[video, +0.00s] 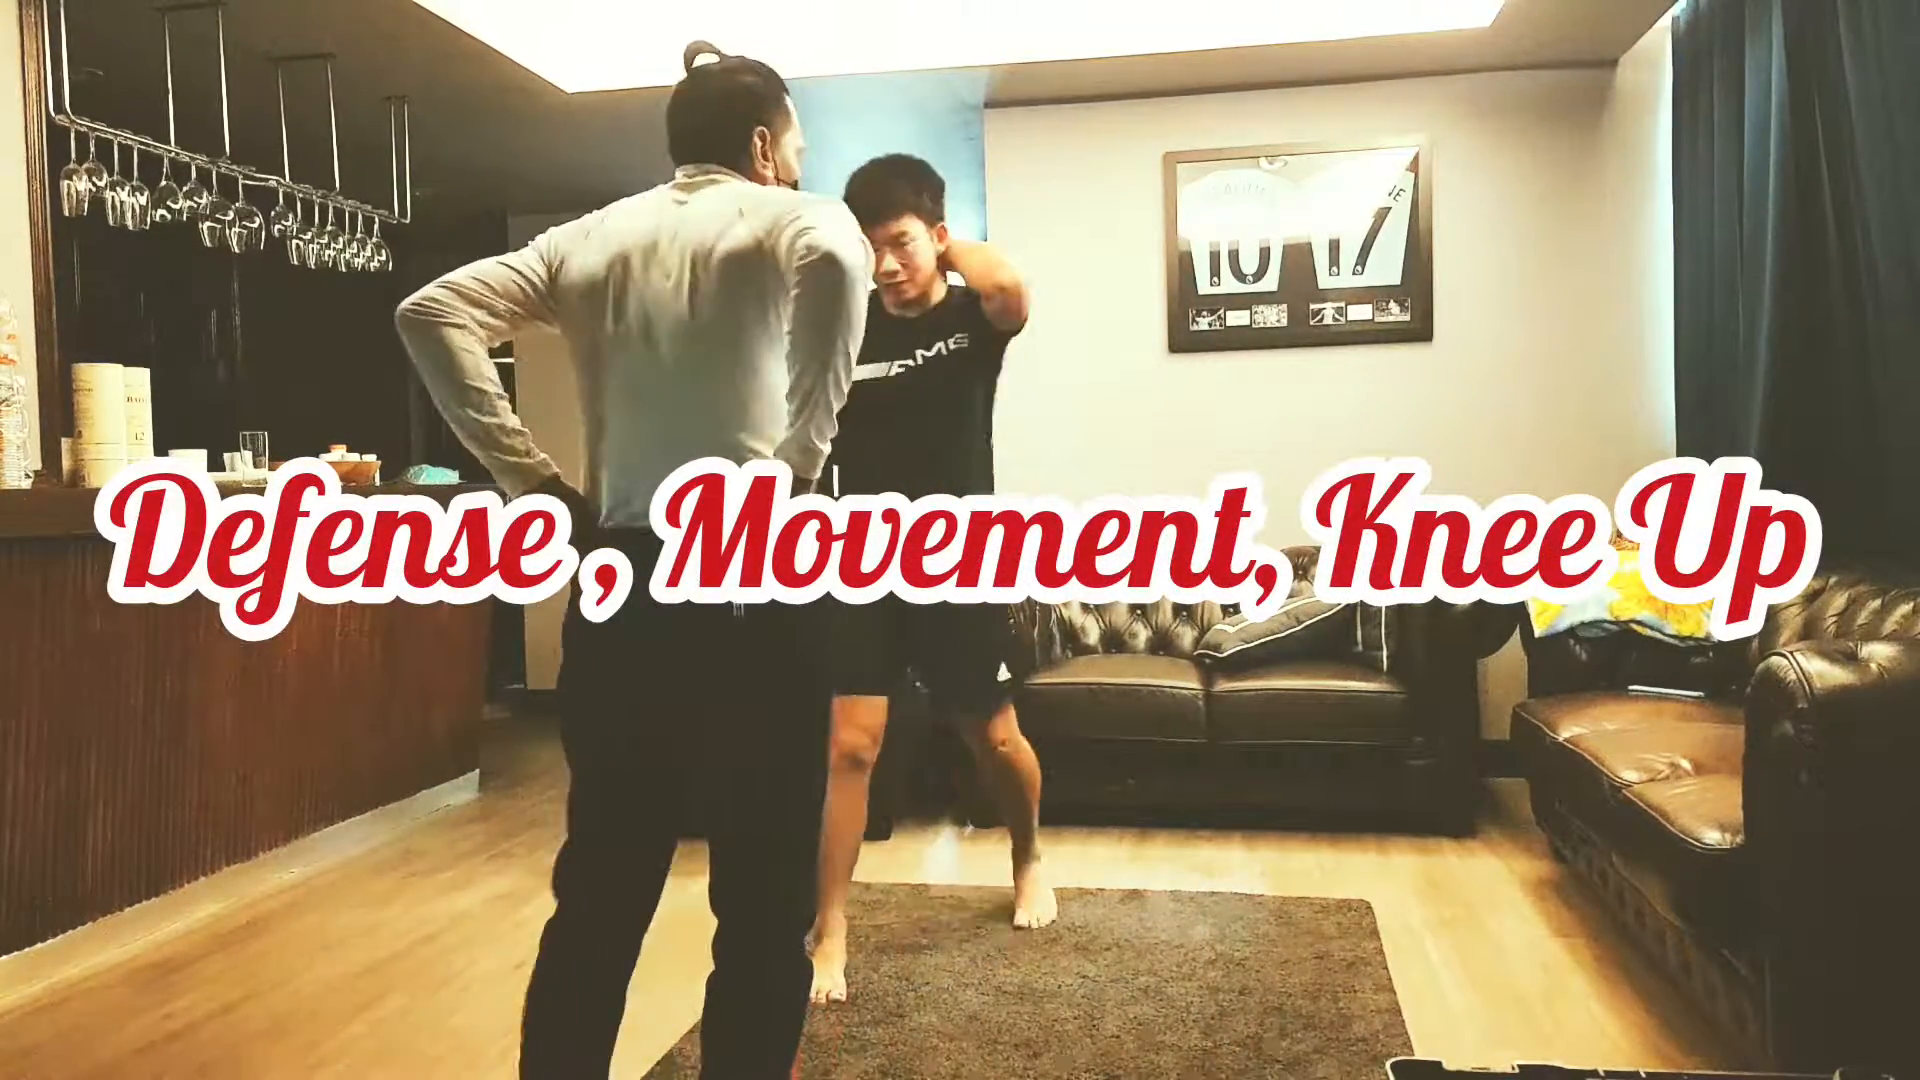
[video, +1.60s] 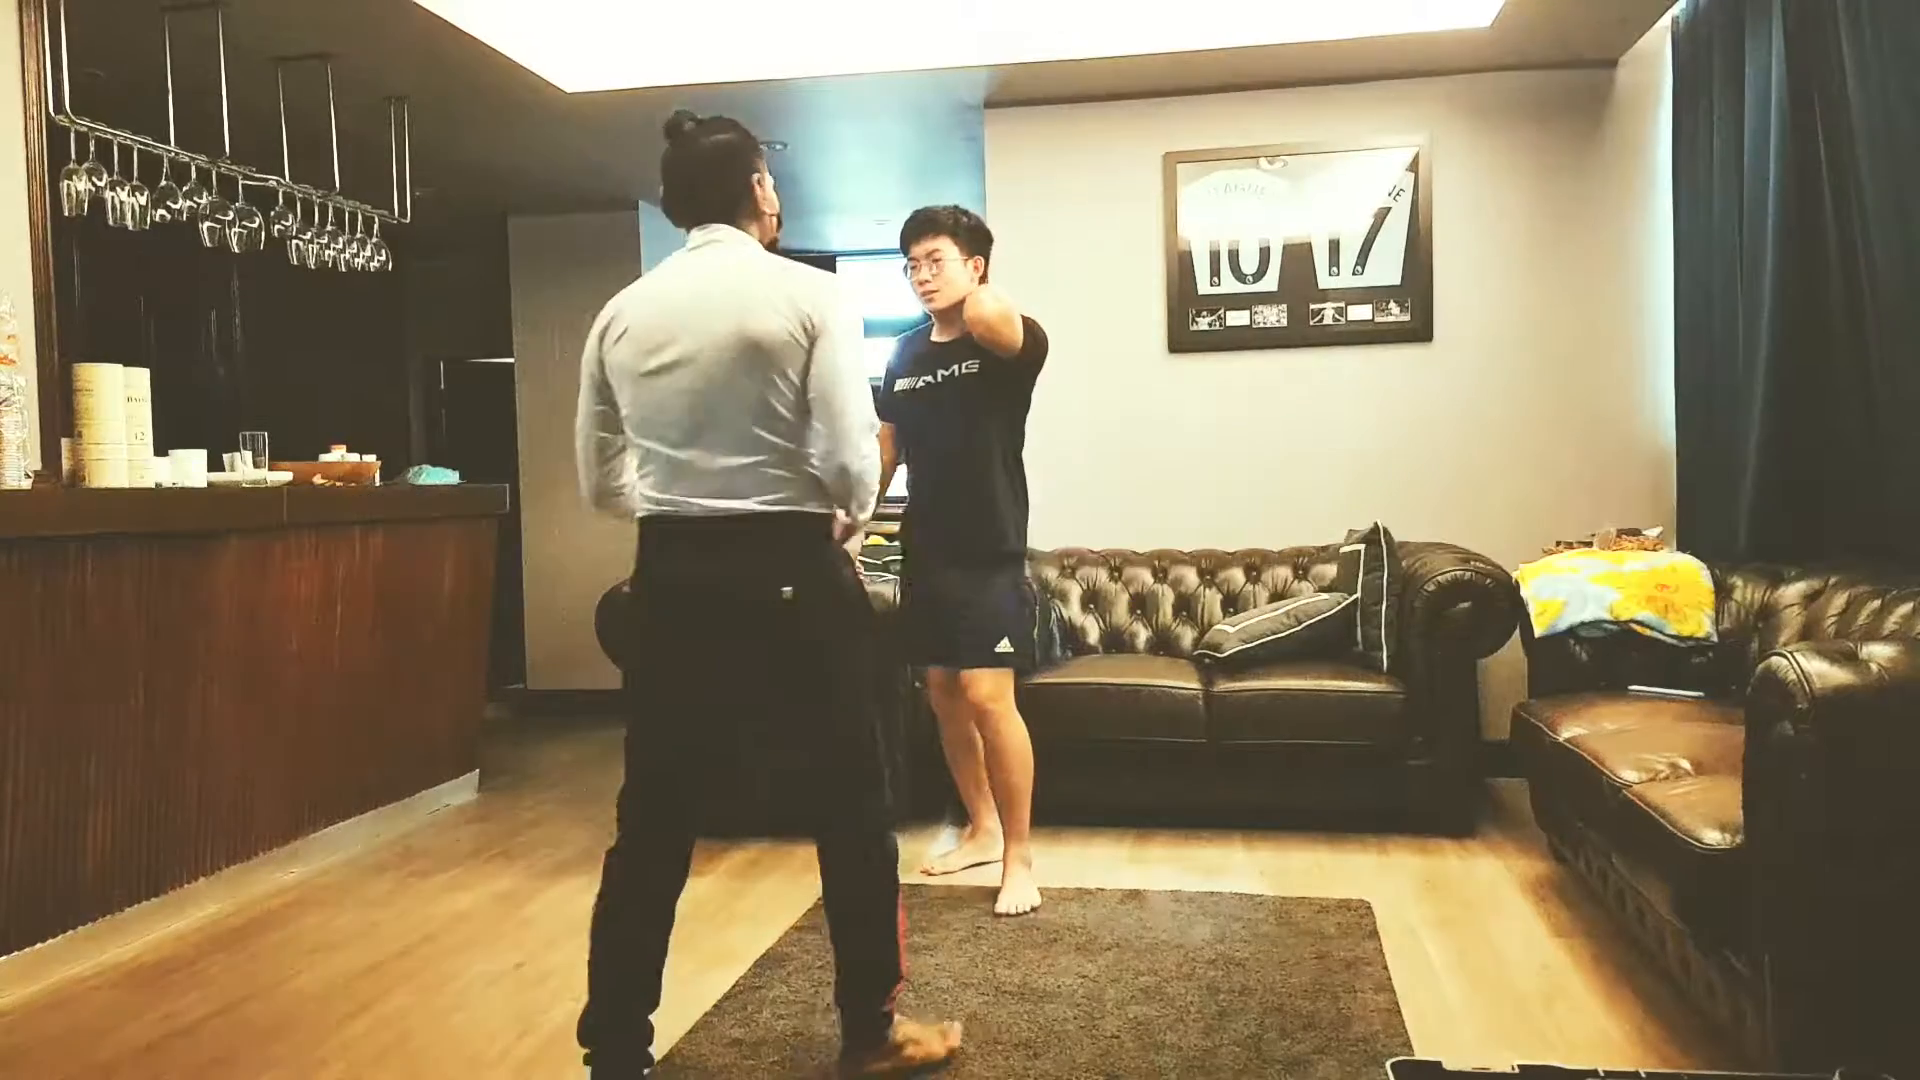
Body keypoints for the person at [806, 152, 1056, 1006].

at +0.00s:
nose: (888, 264)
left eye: (901, 243)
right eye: (873, 249)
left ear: (939, 235)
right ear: (856, 249)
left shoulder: (976, 313)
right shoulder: (845, 315)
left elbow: (1009, 295)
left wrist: (949, 242)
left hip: (956, 565)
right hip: (855, 565)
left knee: (998, 740)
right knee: (847, 748)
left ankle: (1027, 858)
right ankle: (828, 931)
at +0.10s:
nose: (907, 266)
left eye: (920, 247)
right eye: (894, 252)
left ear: (963, 242)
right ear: (884, 254)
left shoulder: (1004, 321)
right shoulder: (869, 337)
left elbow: (1020, 295)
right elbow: (838, 449)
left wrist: (979, 253)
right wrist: (803, 534)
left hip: (986, 565)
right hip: (886, 565)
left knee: (1006, 735)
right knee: (867, 747)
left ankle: (1026, 864)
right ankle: (830, 926)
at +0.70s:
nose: (986, 250)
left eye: (1003, 235)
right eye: (976, 236)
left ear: (1045, 243)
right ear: (967, 243)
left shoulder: (1073, 331)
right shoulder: (935, 333)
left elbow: (1076, 311)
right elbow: (897, 436)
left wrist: (1046, 265)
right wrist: (892, 562)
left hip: (1033, 557)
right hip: (943, 554)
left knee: (1029, 721)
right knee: (931, 716)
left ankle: (1025, 877)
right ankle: (929, 877)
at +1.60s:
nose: (923, 275)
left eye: (935, 260)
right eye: (915, 265)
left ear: (977, 265)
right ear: (910, 276)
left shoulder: (1018, 338)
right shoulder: (909, 351)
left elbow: (996, 325)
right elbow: (883, 451)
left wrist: (973, 296)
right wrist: (851, 521)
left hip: (990, 546)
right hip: (928, 546)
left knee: (989, 696)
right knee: (945, 691)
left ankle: (1019, 858)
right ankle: (982, 829)